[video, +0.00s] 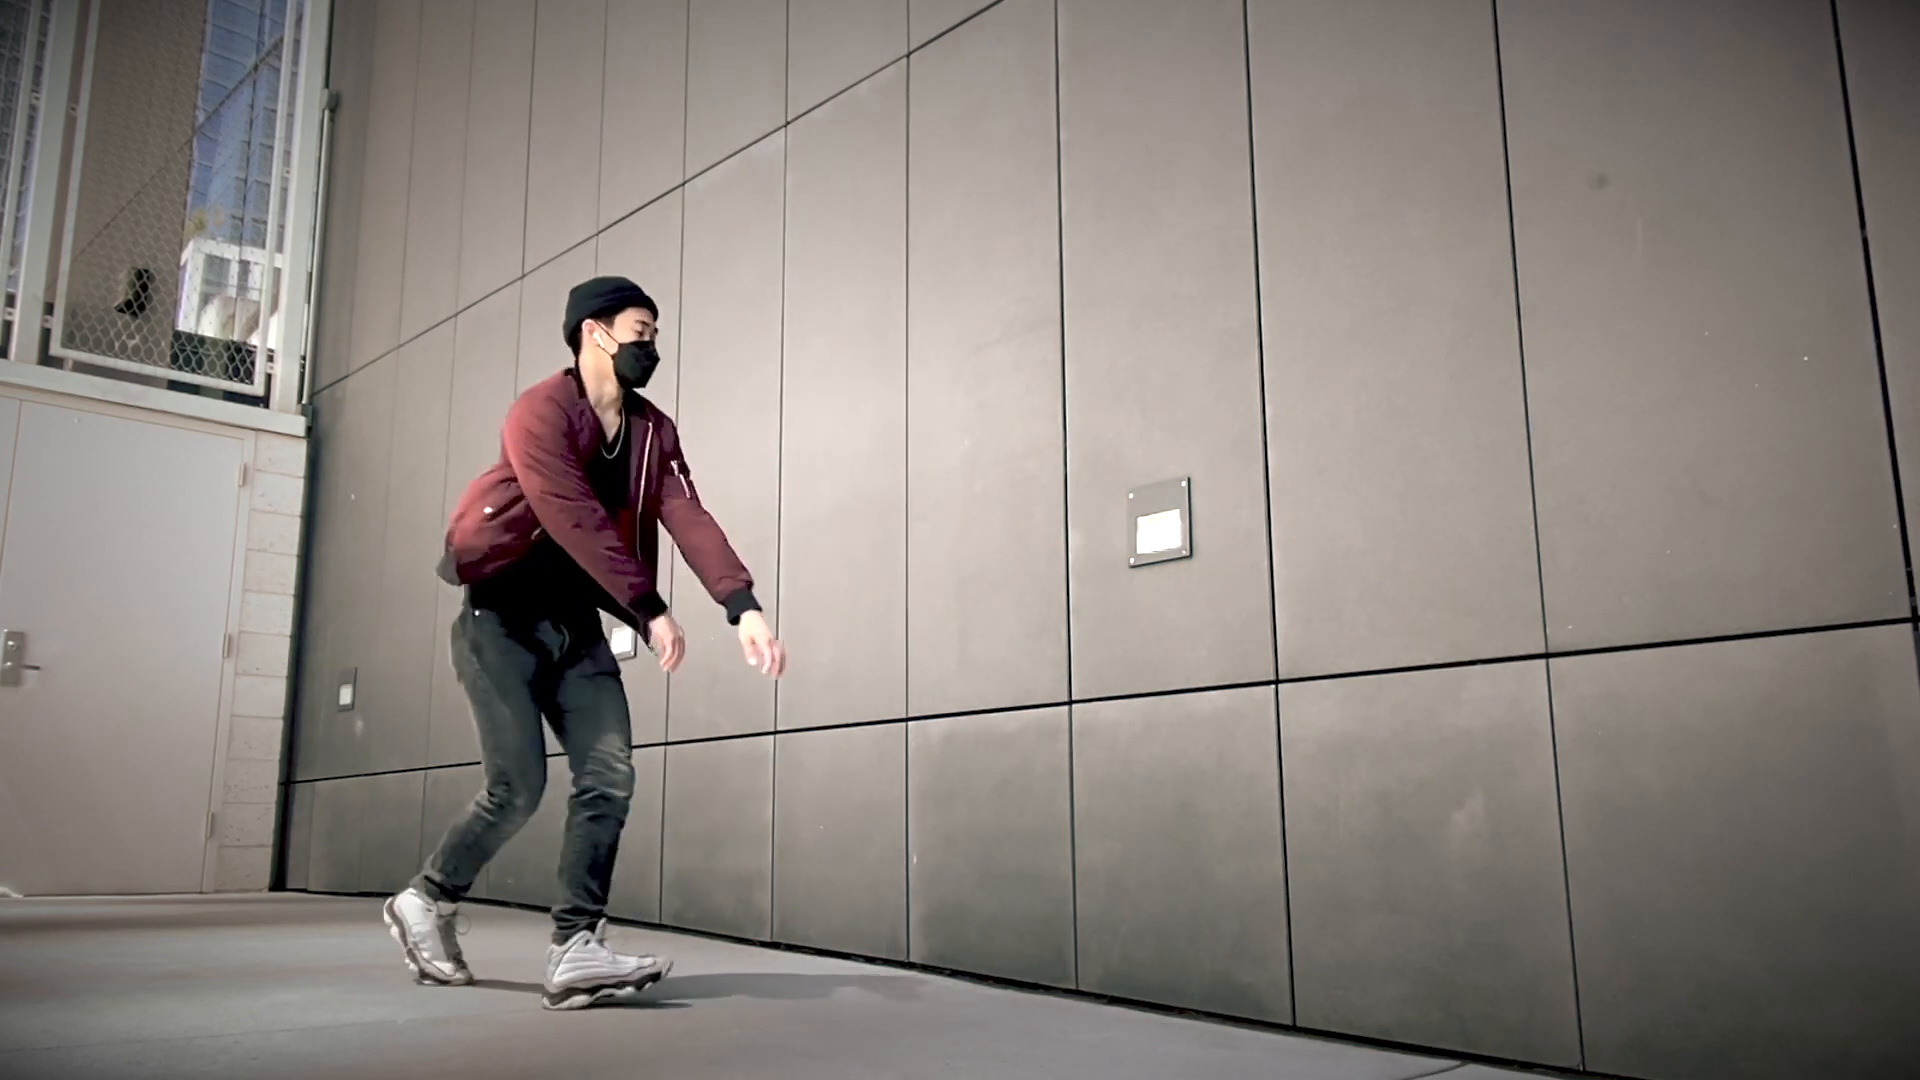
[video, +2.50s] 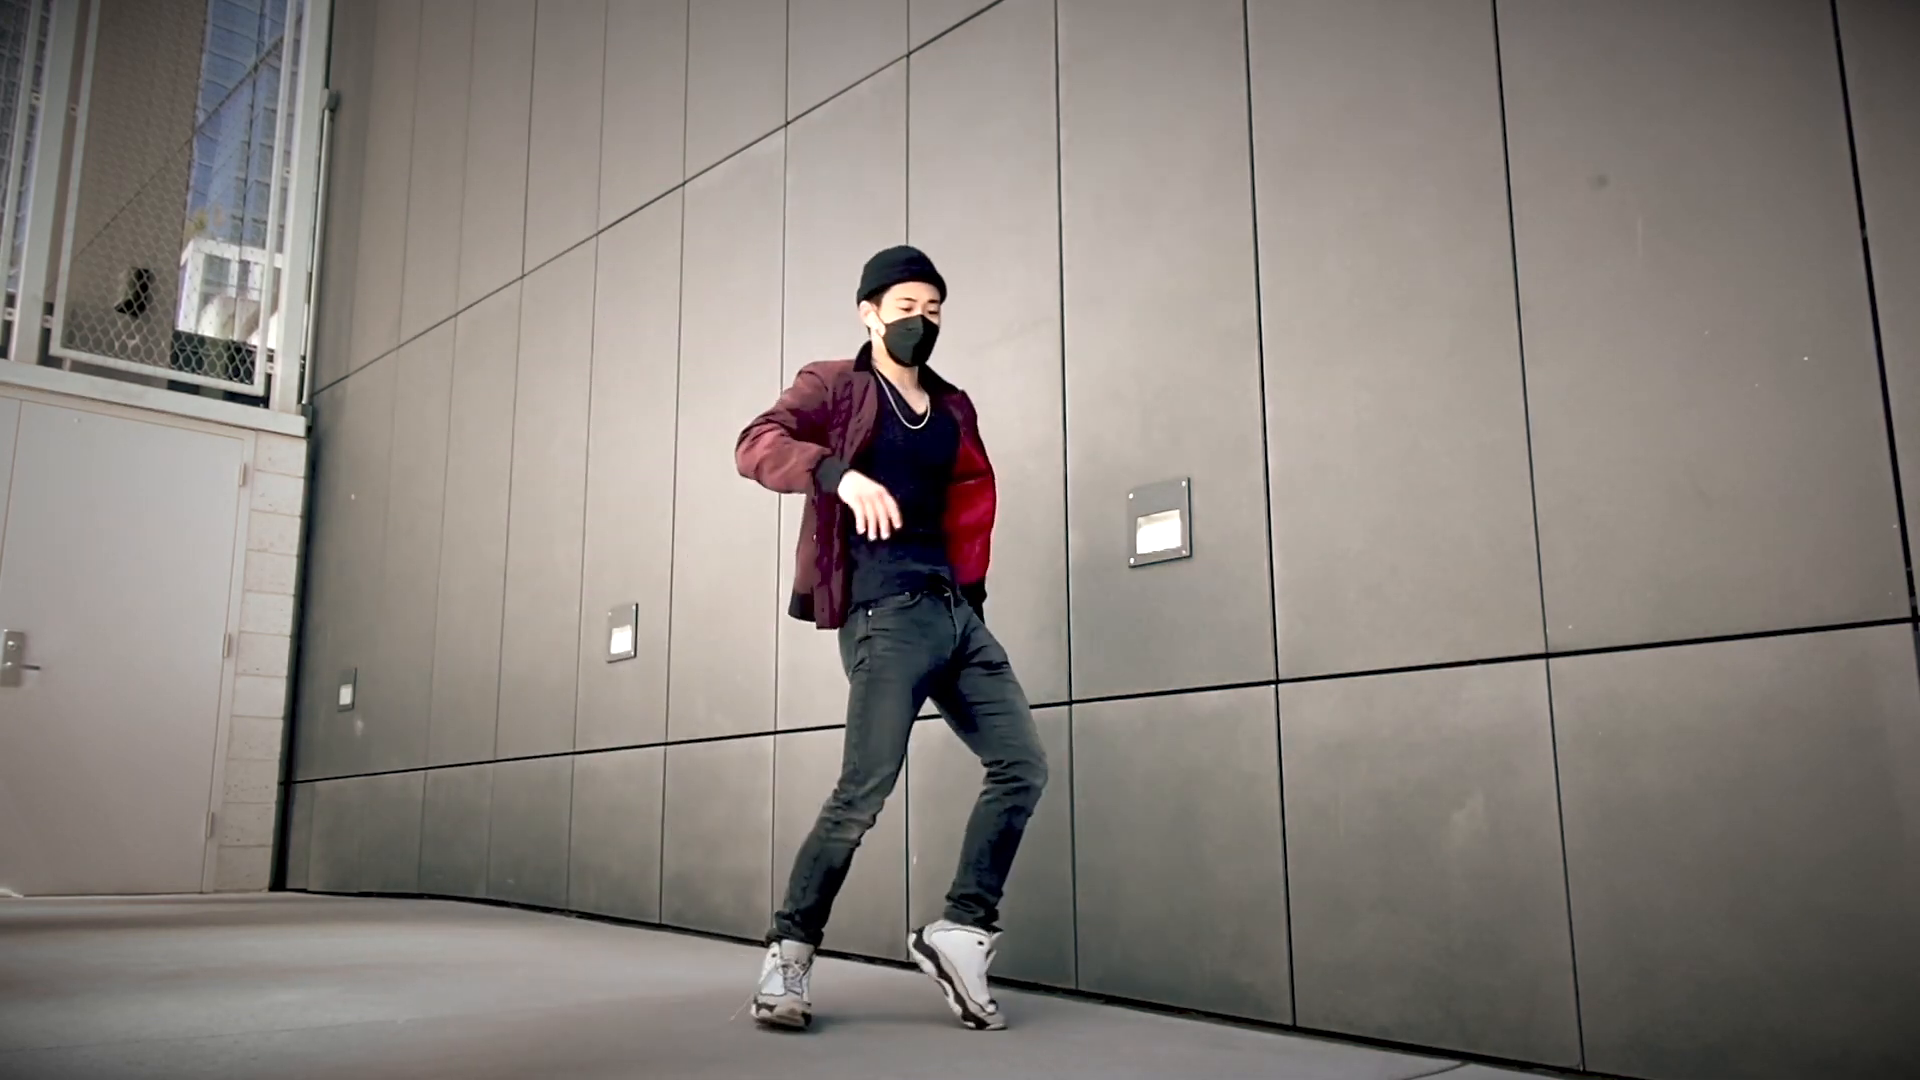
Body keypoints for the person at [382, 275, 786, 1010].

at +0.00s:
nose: (653, 346)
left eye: (656, 336)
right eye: (639, 332)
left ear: (644, 346)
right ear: (591, 335)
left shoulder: (653, 431)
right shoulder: (541, 411)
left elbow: (687, 517)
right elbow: (568, 514)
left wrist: (744, 605)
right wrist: (647, 606)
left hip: (577, 628)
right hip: (499, 618)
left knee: (607, 778)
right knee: (516, 787)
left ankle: (575, 948)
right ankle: (423, 902)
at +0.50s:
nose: (511, 281)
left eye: (527, 267)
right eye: (500, 270)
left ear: (567, 280)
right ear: (491, 286)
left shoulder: (598, 367)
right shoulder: (477, 371)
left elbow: (540, 447)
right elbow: (458, 465)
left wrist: (423, 504)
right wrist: (496, 527)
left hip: (564, 589)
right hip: (496, 586)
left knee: (522, 769)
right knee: (461, 764)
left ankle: (528, 951)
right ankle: (482, 912)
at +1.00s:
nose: (475, 289)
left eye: (485, 273)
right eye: (474, 276)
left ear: (533, 274)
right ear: (526, 279)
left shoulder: (553, 338)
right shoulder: (512, 362)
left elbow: (537, 424)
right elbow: (452, 455)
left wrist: (472, 456)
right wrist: (362, 489)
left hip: (552, 593)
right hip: (576, 595)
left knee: (421, 747)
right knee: (572, 776)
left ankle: (474, 922)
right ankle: (679, 917)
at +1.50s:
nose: (636, 271)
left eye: (652, 260)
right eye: (621, 259)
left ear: (677, 274)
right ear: (601, 272)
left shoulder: (713, 342)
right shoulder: (578, 367)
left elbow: (810, 404)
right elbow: (475, 424)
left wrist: (866, 492)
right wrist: (564, 390)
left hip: (673, 570)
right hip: (622, 574)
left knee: (594, 750)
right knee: (593, 756)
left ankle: (572, 946)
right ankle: (666, 920)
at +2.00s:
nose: (788, 311)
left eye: (802, 301)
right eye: (772, 299)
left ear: (819, 314)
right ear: (746, 310)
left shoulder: (850, 403)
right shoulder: (712, 395)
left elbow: (865, 509)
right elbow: (628, 403)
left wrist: (861, 593)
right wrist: (725, 393)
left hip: (840, 617)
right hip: (750, 626)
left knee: (875, 785)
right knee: (725, 790)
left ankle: (949, 941)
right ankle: (763, 956)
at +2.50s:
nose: (924, 312)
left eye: (933, 304)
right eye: (907, 301)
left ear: (941, 319)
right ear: (869, 313)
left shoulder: (951, 405)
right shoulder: (836, 385)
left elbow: (966, 502)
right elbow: (756, 446)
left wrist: (969, 599)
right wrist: (839, 474)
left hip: (956, 614)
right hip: (885, 617)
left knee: (1022, 770)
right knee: (862, 793)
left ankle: (963, 932)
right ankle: (790, 954)